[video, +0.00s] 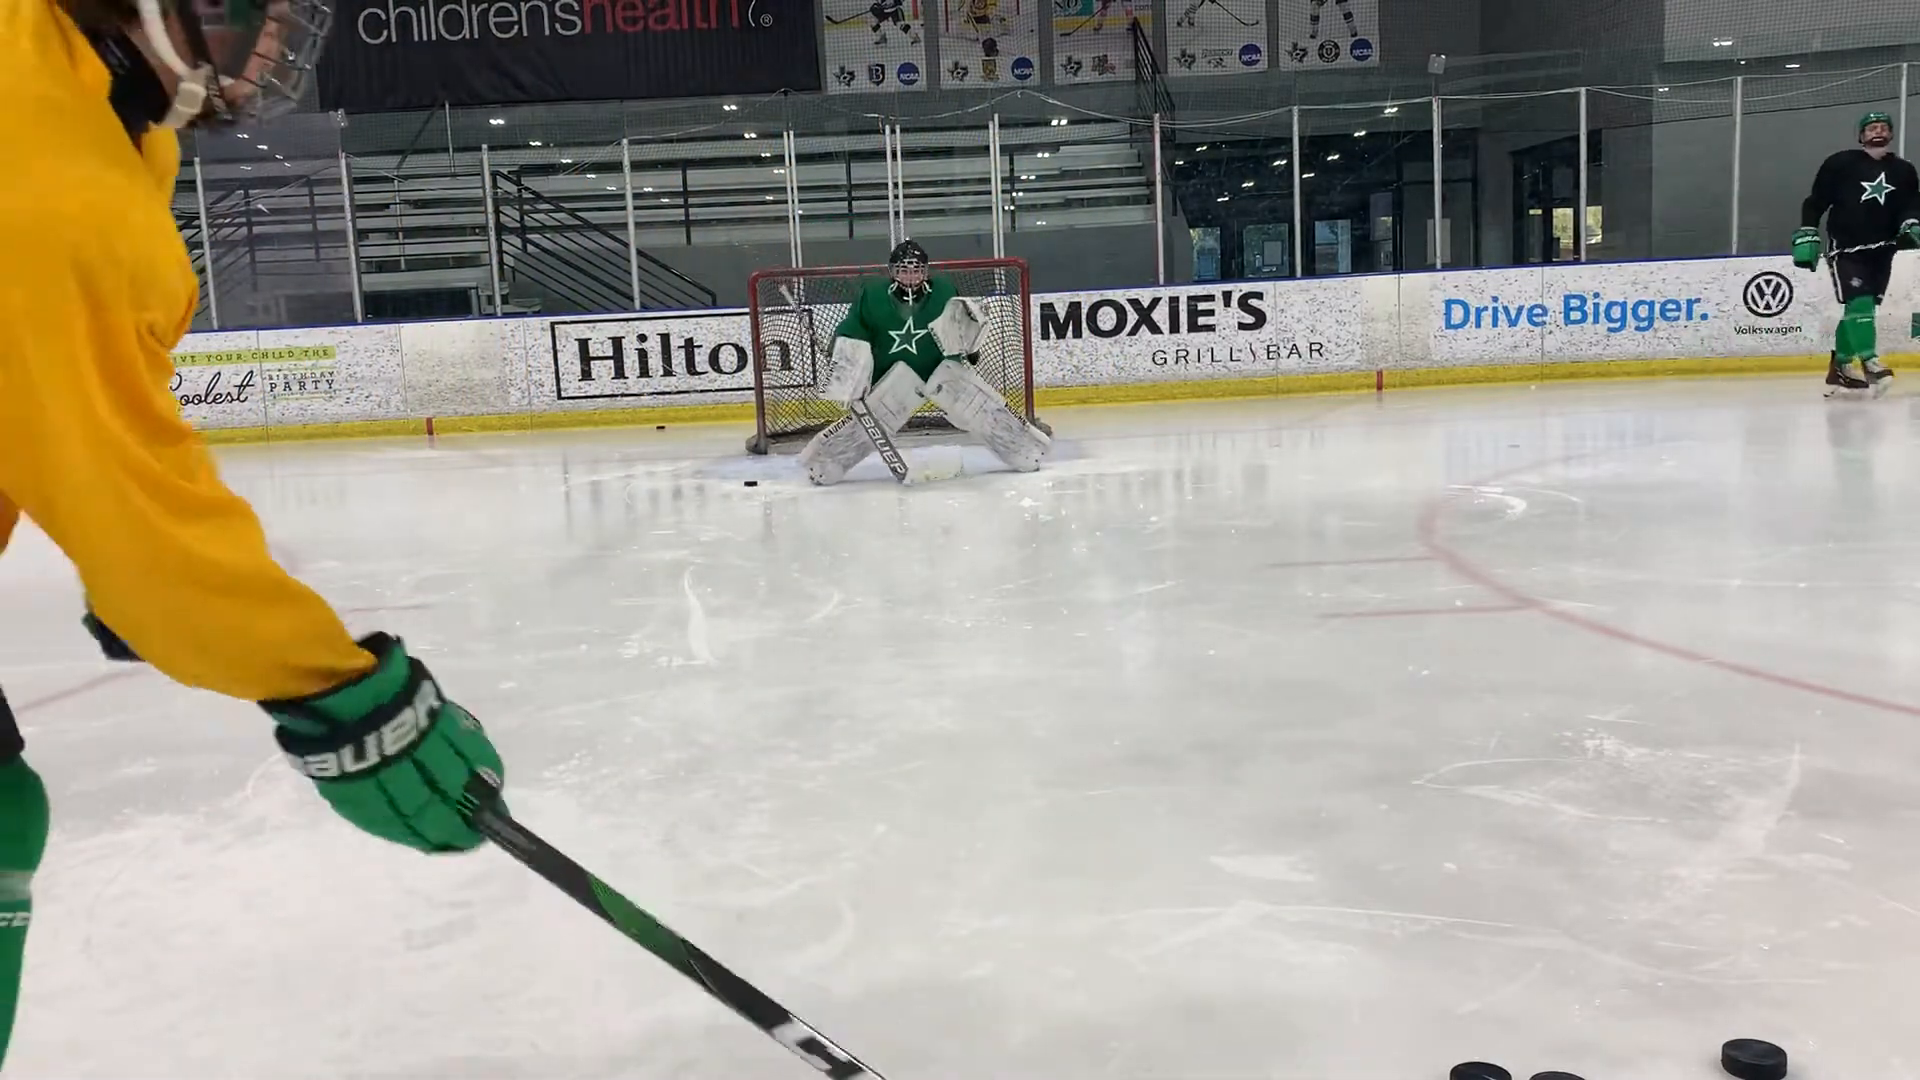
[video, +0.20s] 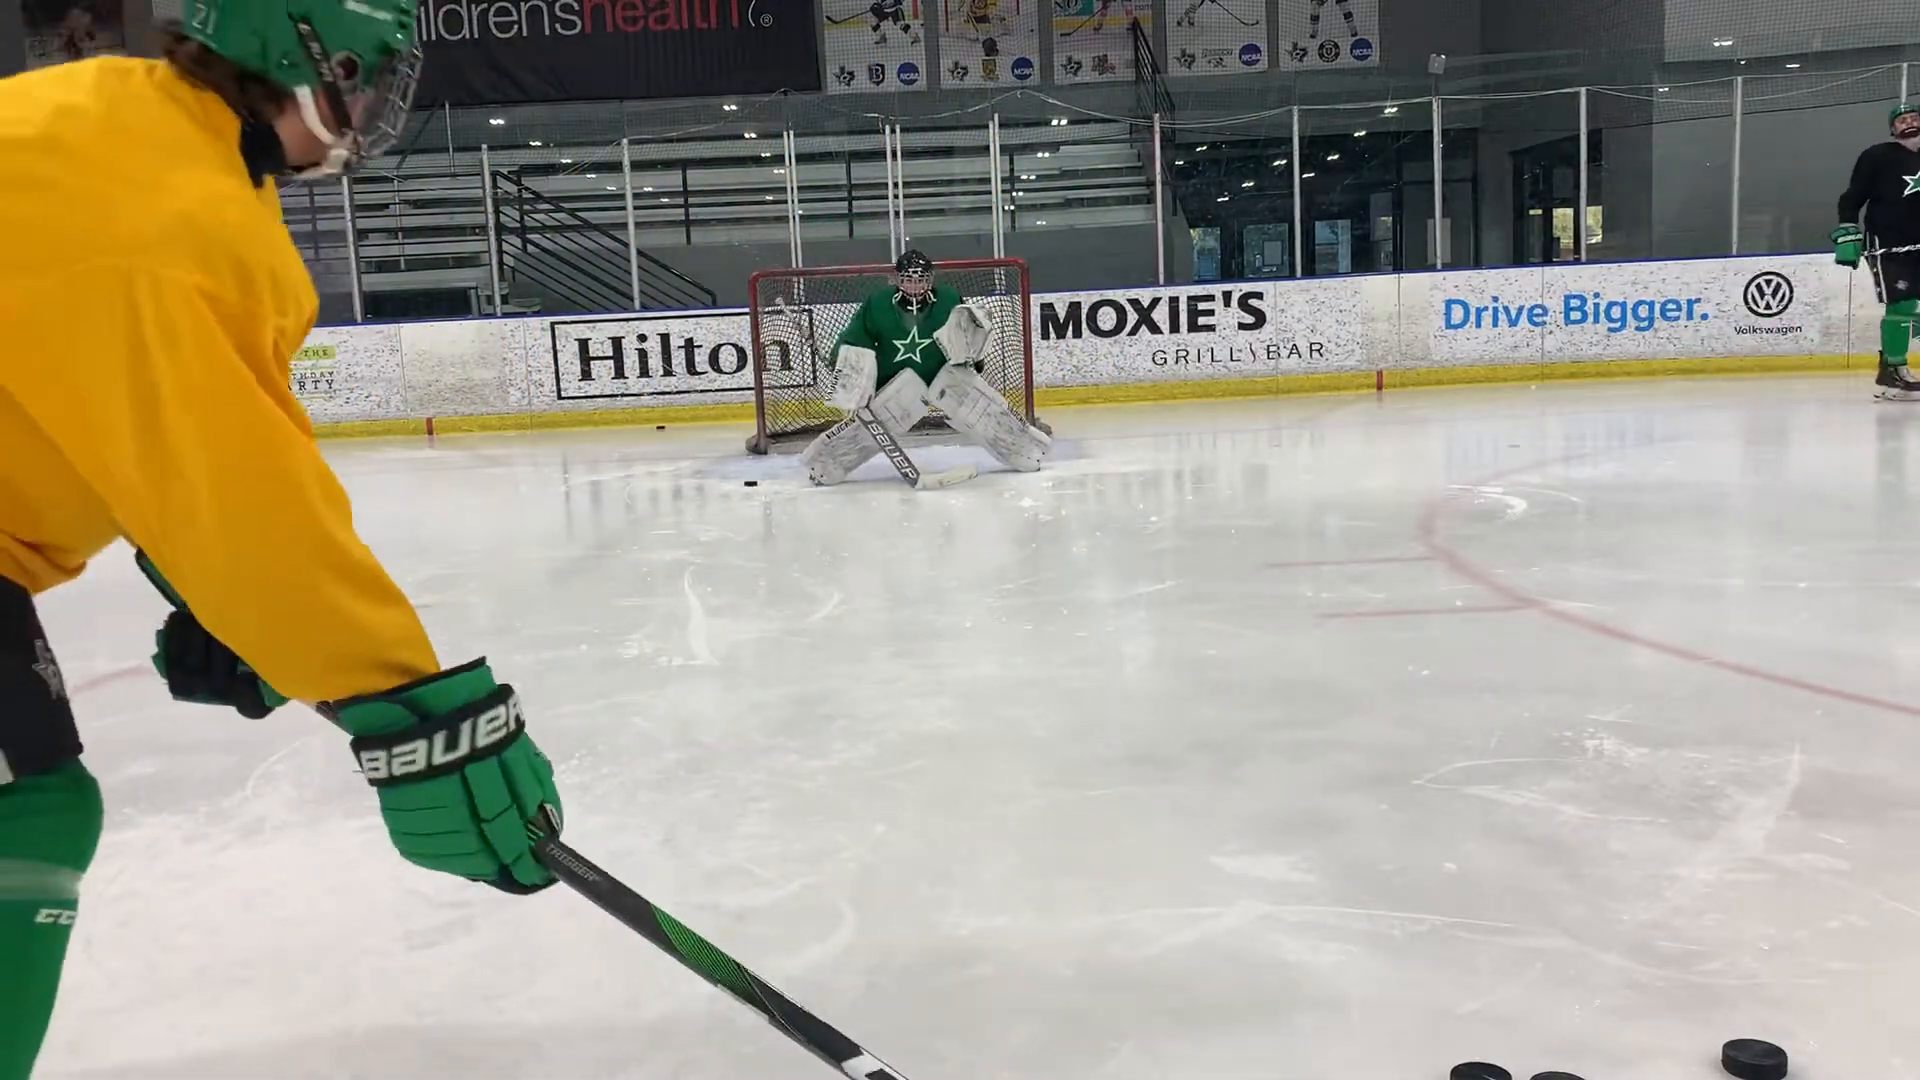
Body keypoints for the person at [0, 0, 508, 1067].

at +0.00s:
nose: (248, 63)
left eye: (264, 32)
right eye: (247, 23)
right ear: (177, 8)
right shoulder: (57, 185)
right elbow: (145, 519)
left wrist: (125, 558)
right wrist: (346, 698)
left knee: (9, 815)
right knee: (3, 820)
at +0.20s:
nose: (370, 122)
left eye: (384, 88)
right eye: (367, 80)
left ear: (223, 36)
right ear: (304, 59)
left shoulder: (107, 113)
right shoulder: (164, 219)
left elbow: (149, 385)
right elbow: (256, 513)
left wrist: (205, 569)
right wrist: (430, 728)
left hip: (7, 551)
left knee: (36, 815)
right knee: (30, 821)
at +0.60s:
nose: (478, 109)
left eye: (483, 80)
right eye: (475, 78)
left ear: (354, 45)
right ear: (439, 68)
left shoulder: (216, 66)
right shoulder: (457, 211)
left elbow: (78, 186)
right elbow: (404, 344)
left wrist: (80, 309)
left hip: (40, 409)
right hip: (152, 469)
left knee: (267, 651)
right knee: (27, 804)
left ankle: (225, 883)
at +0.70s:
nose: (502, 85)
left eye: (501, 65)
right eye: (496, 63)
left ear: (368, 40)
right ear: (468, 58)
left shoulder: (264, 74)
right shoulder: (471, 151)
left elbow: (116, 208)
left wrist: (164, 332)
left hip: (111, 374)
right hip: (234, 411)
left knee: (314, 636)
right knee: (56, 741)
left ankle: (273, 873)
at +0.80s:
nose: (505, 59)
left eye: (503, 42)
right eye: (499, 40)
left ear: (381, 26)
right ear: (479, 40)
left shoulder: (285, 65)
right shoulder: (489, 121)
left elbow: (161, 233)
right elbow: (557, 187)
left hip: (165, 354)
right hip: (287, 385)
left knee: (350, 614)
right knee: (133, 704)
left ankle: (333, 862)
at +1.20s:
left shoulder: (365, 29)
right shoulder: (574, 47)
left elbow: (291, 219)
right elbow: (599, 245)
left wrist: (365, 311)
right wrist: (647, 382)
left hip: (349, 338)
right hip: (441, 342)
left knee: (481, 606)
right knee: (521, 636)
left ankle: (480, 812)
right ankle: (349, 891)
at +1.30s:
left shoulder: (402, 22)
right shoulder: (569, 30)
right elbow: (588, 238)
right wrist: (651, 381)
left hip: (392, 326)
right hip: (462, 331)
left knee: (504, 606)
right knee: (559, 619)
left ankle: (483, 826)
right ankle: (445, 897)